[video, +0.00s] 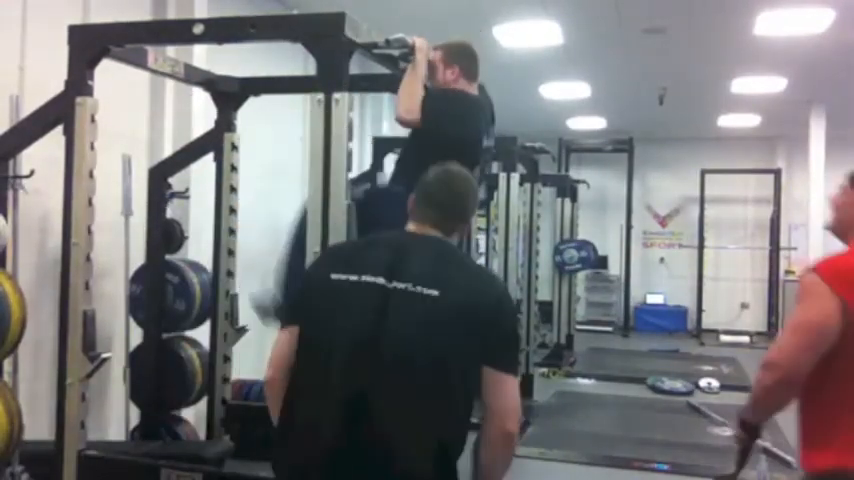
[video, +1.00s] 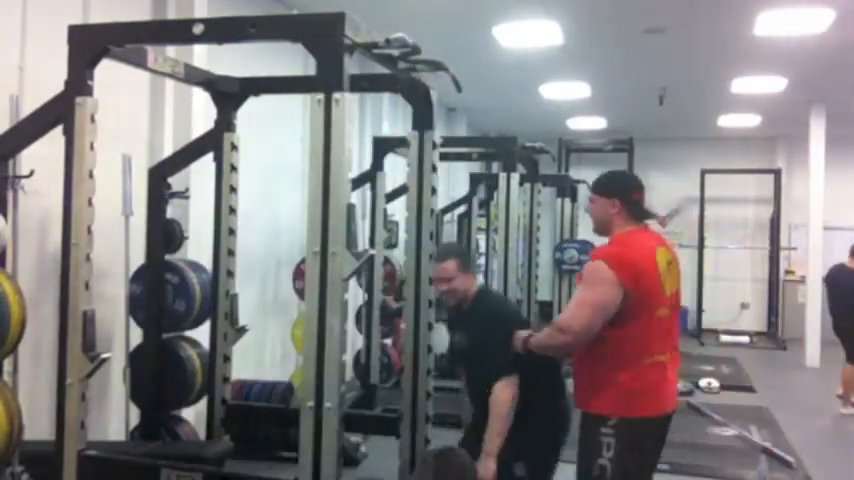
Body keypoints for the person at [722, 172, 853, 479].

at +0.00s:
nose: (834, 198)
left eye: (843, 188)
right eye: (840, 188)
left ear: (853, 199)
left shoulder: (834, 275)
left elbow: (784, 368)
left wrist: (751, 419)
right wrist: (753, 418)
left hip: (837, 462)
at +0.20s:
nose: (762, 196)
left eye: (771, 188)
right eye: (767, 187)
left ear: (792, 200)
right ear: (818, 204)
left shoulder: (768, 265)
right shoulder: (845, 256)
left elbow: (736, 352)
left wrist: (688, 419)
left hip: (776, 449)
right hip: (843, 450)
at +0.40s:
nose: (688, 211)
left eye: (694, 202)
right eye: (690, 203)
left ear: (713, 212)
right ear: (743, 213)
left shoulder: (691, 280)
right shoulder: (775, 274)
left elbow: (659, 366)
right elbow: (770, 353)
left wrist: (614, 428)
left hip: (695, 449)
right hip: (757, 449)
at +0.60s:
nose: (635, 203)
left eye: (639, 194)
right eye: (636, 194)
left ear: (655, 200)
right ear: (684, 198)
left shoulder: (638, 260)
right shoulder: (724, 251)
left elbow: (592, 335)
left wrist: (559, 371)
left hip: (649, 421)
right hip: (705, 418)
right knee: (675, 473)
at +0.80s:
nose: (604, 205)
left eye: (608, 197)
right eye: (605, 197)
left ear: (628, 201)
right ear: (653, 199)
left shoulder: (615, 259)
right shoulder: (690, 252)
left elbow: (557, 324)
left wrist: (522, 336)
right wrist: (583, 329)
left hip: (628, 414)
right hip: (675, 410)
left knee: (615, 474)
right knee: (647, 473)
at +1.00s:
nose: (588, 207)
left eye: (593, 200)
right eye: (590, 200)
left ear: (615, 205)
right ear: (628, 205)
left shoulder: (614, 258)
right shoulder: (661, 247)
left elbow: (570, 331)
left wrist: (530, 341)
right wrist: (569, 346)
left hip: (618, 409)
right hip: (652, 405)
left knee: (602, 473)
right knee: (635, 473)